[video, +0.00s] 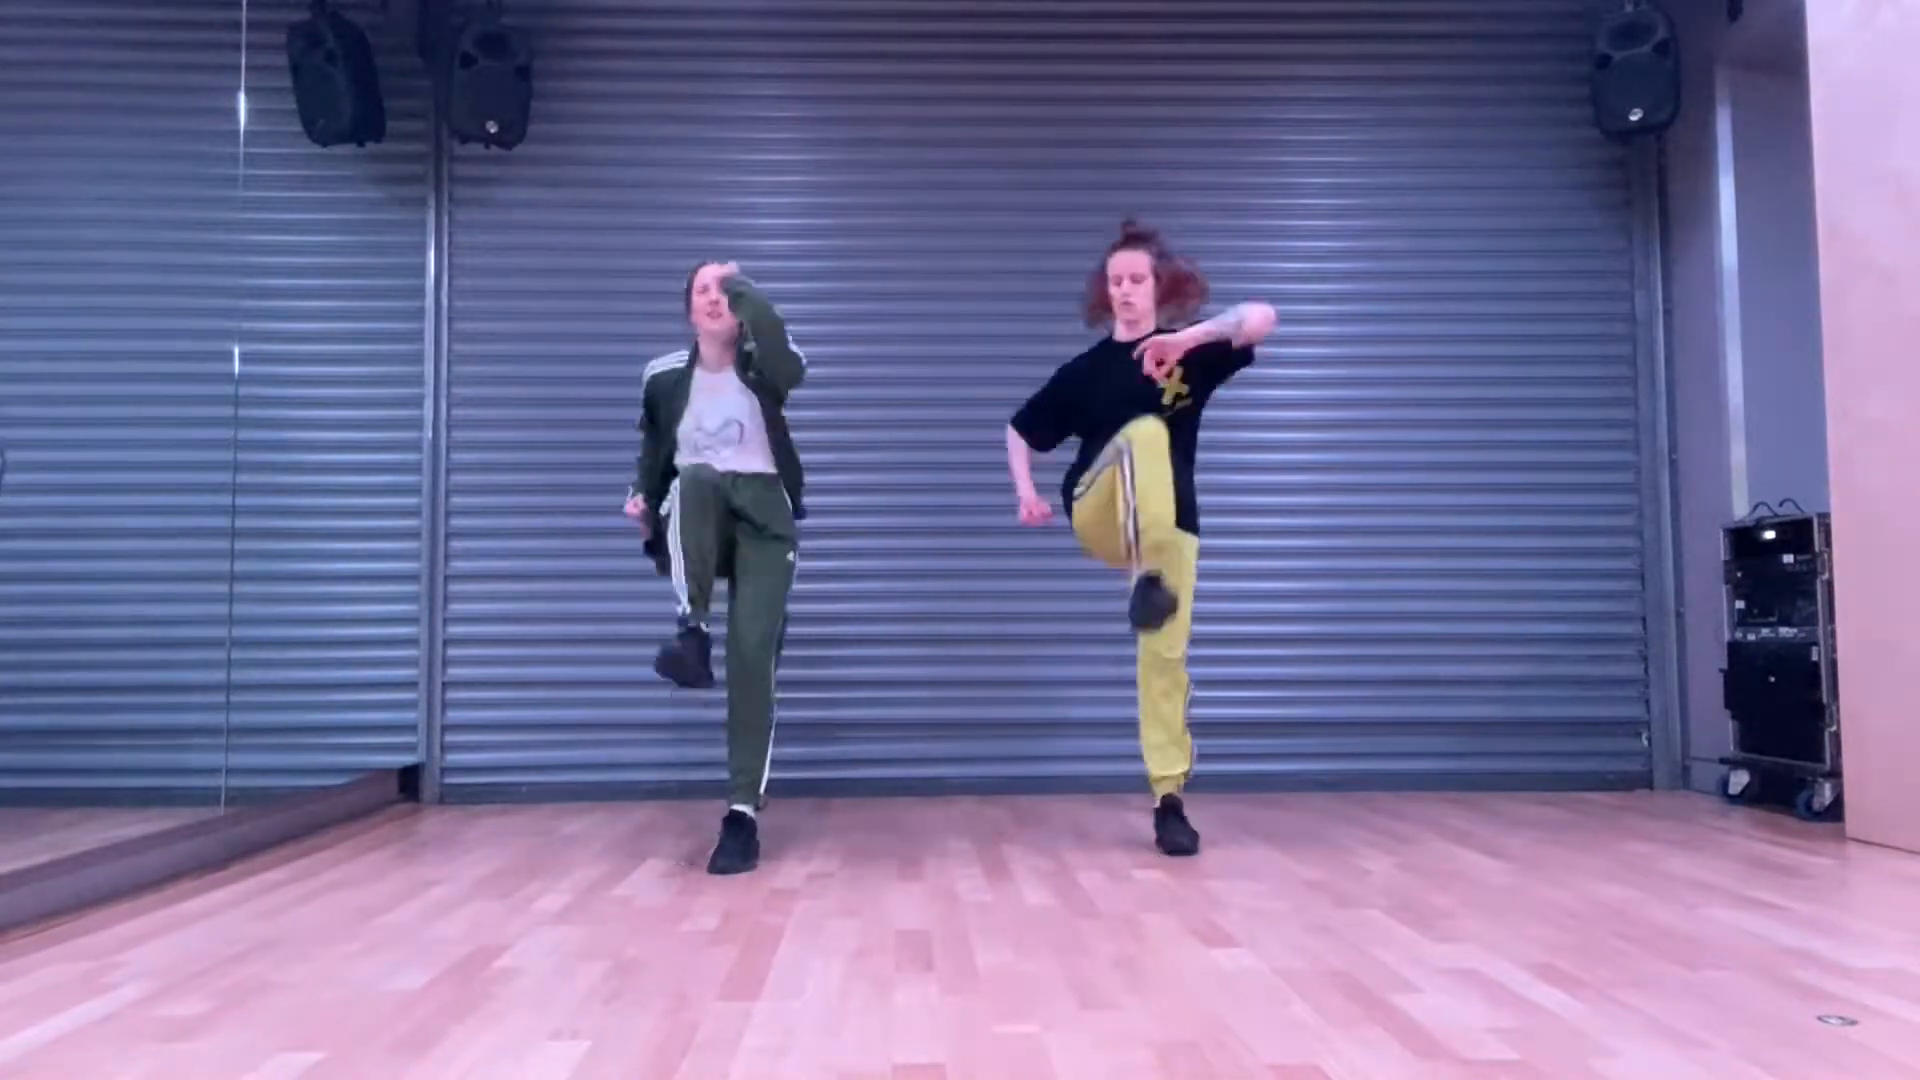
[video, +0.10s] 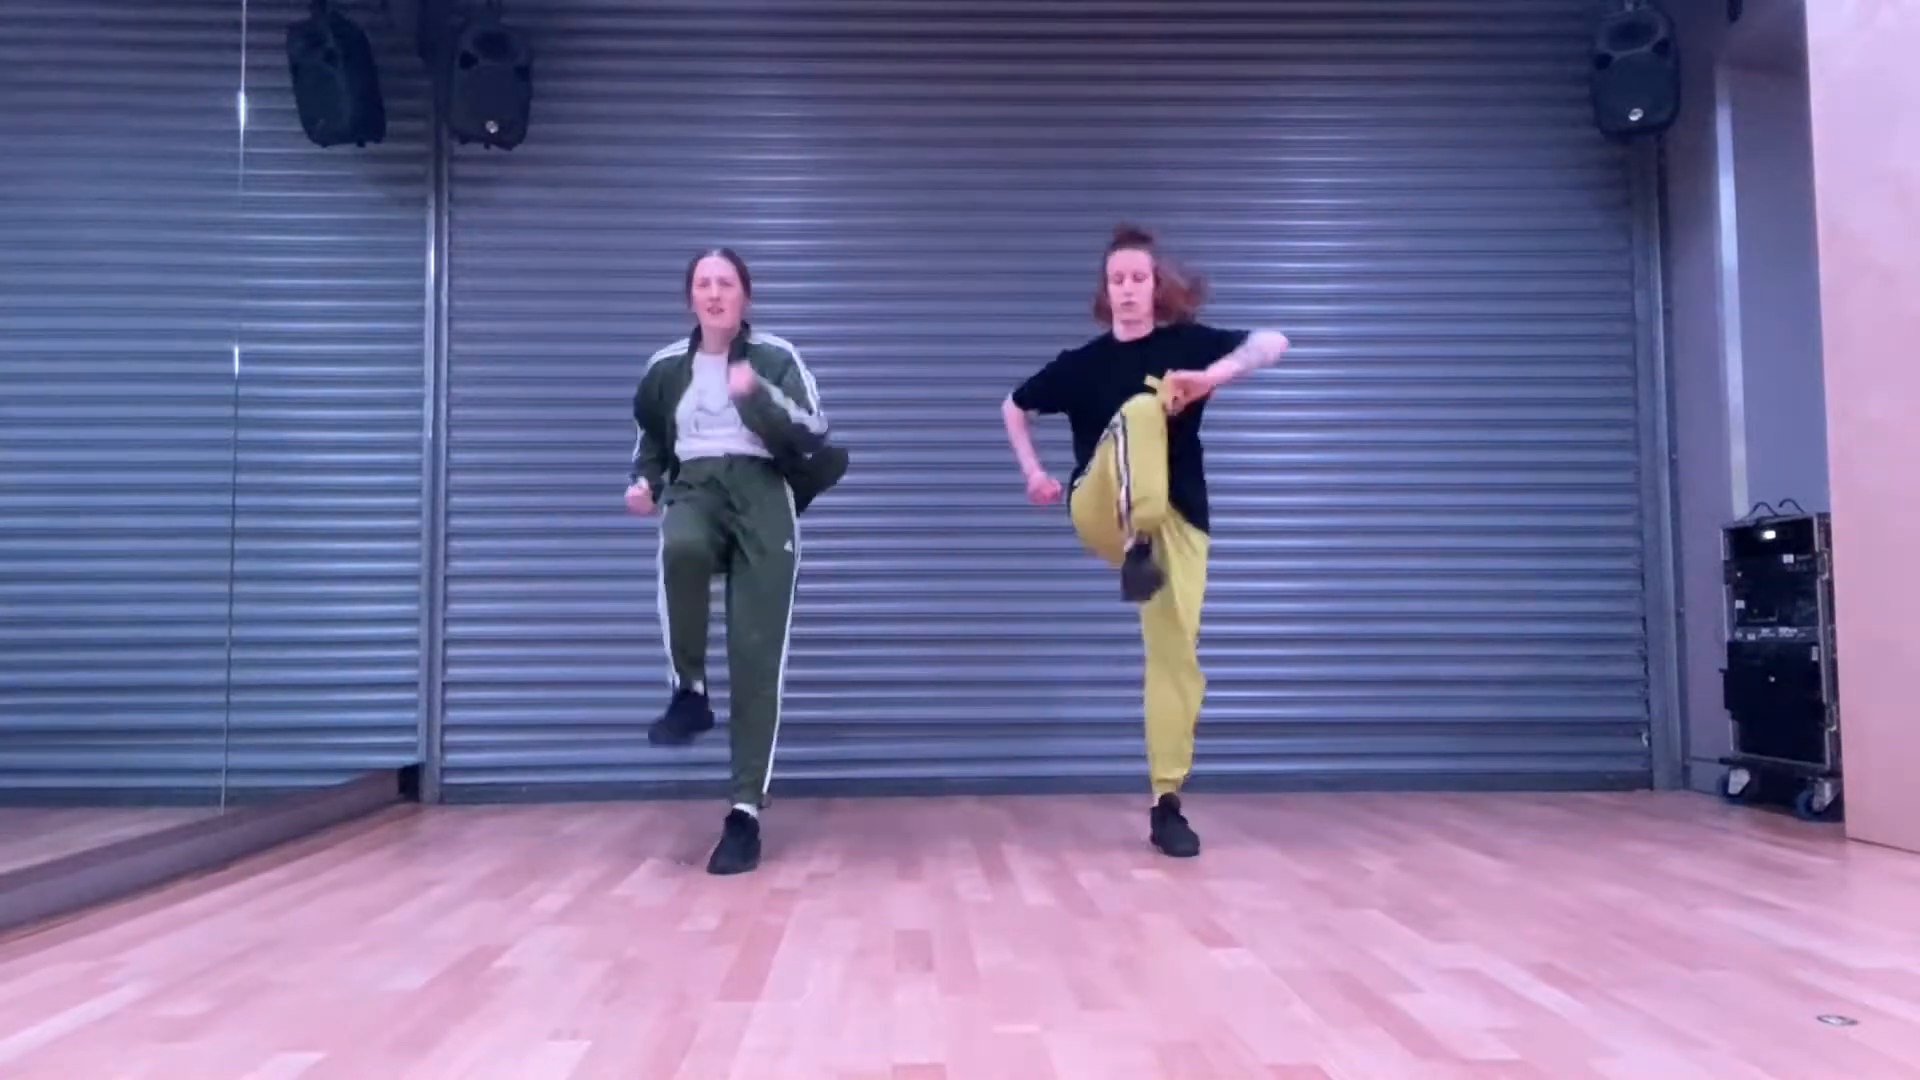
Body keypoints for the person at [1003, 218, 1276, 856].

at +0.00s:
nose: (1125, 290)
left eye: (1137, 279)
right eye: (1116, 280)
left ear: (1161, 286)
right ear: (1105, 291)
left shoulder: (1195, 356)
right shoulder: (1087, 371)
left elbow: (1262, 318)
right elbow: (1018, 432)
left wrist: (1192, 337)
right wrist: (1025, 491)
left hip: (1171, 524)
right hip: (1101, 519)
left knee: (1166, 659)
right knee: (1144, 431)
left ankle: (1169, 797)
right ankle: (1151, 577)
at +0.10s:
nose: (1128, 290)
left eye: (1139, 278)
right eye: (1117, 280)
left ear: (1159, 287)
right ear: (1103, 290)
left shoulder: (1191, 343)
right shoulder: (1079, 365)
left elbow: (1273, 343)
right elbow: (1014, 407)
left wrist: (1214, 375)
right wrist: (1032, 471)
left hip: (1177, 523)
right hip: (1102, 516)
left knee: (1173, 657)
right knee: (1142, 409)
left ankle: (1168, 802)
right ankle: (1140, 547)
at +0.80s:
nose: (1158, 305)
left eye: (1169, 294)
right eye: (1146, 294)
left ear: (1186, 301)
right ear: (1131, 303)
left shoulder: (1219, 374)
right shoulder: (1107, 378)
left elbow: (1272, 443)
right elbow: (1064, 449)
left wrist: (1316, 484)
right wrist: (1036, 470)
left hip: (1179, 545)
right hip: (1112, 520)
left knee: (1203, 674)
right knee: (1080, 505)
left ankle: (1164, 806)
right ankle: (1023, 472)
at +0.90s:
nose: (1174, 306)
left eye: (1184, 294)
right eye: (1162, 296)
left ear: (1201, 299)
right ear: (1145, 304)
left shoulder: (1232, 379)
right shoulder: (1121, 372)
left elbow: (1272, 464)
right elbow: (1073, 453)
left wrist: (1319, 517)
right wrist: (1116, 450)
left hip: (1177, 549)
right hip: (1101, 516)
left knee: (1207, 676)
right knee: (1018, 560)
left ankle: (1167, 805)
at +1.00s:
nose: (1186, 311)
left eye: (1195, 299)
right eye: (1174, 299)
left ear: (1213, 306)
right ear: (1157, 306)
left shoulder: (1218, 388)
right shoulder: (1135, 372)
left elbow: (1244, 472)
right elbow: (1125, 452)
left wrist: (1300, 525)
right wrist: (1191, 465)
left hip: (1161, 562)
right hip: (1080, 536)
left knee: (1194, 683)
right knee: (997, 628)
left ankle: (1166, 808)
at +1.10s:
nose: (1177, 324)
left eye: (1187, 313)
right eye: (1165, 313)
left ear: (1202, 320)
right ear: (1147, 319)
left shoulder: (1205, 404)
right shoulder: (1123, 371)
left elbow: (1232, 472)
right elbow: (1146, 431)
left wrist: (1305, 497)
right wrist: (1214, 462)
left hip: (1143, 571)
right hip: (1063, 557)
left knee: (1182, 689)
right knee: (1000, 680)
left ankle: (1171, 808)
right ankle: (917, 793)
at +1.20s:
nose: (1162, 345)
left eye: (1171, 332)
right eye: (1149, 334)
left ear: (1186, 341)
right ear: (1129, 343)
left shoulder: (1193, 422)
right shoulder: (1109, 402)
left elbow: (1239, 445)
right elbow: (1106, 417)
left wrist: (1301, 449)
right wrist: (1201, 420)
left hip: (1133, 593)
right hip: (1056, 584)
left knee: (1179, 694)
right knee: (984, 696)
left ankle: (1165, 812)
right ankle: (908, 801)